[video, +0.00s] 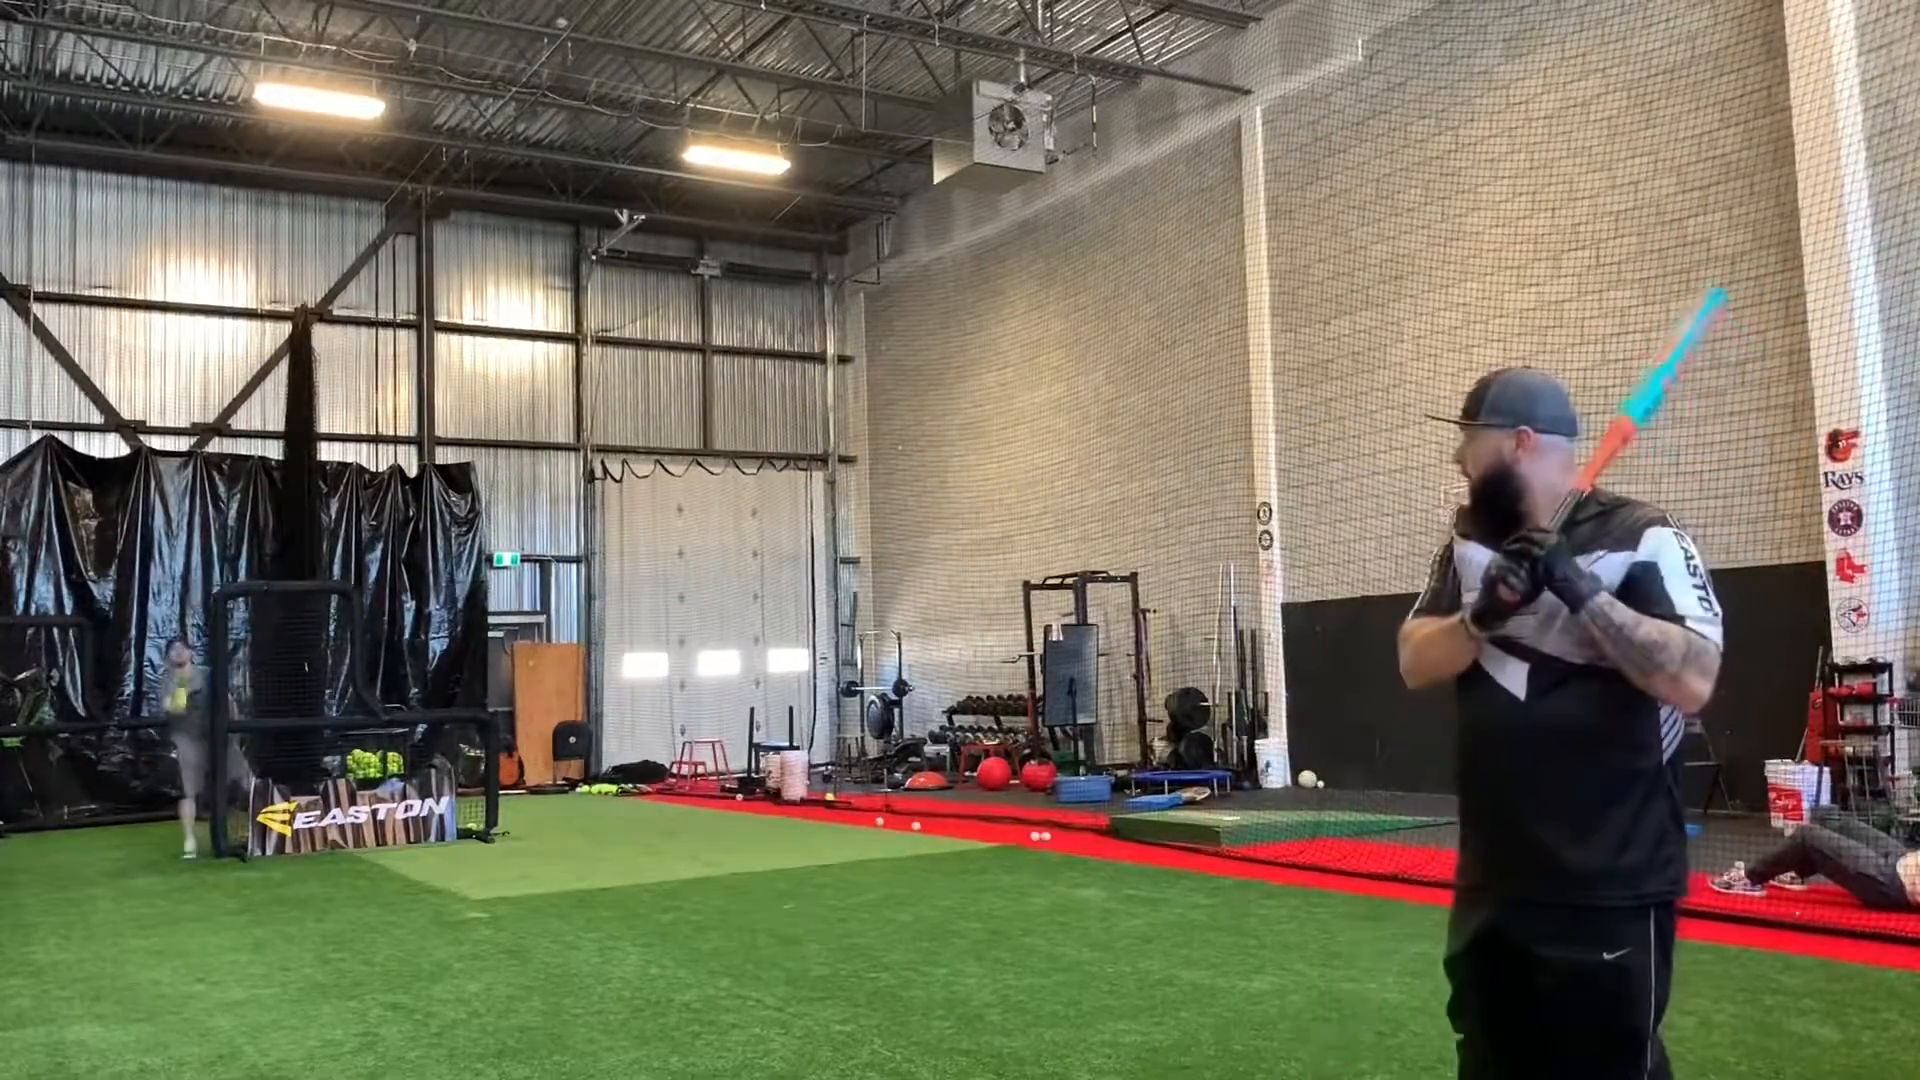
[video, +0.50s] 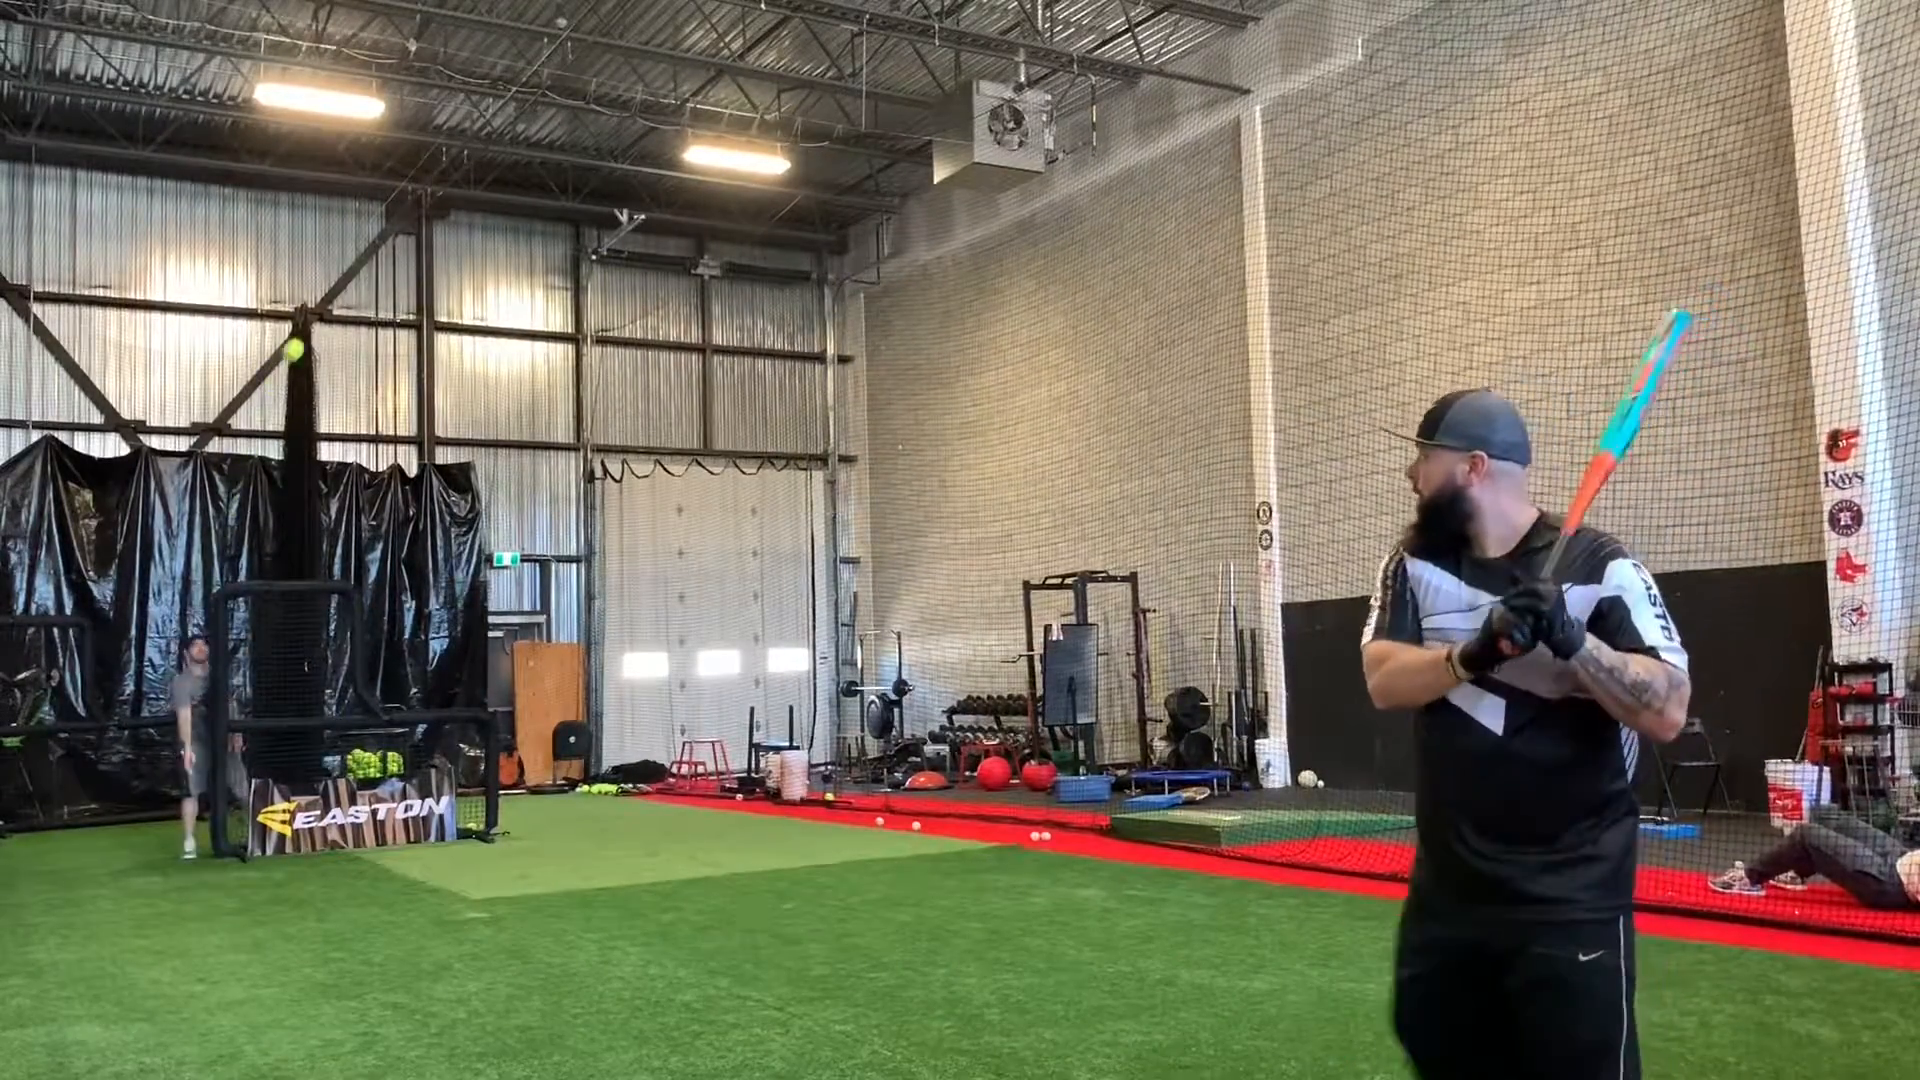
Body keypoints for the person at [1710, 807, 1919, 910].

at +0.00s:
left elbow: (1914, 893)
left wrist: (1909, 871)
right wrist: (1912, 861)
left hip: (1893, 884)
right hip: (1904, 858)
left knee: (1807, 836)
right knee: (1826, 815)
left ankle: (1750, 877)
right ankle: (1800, 873)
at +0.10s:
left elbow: (1913, 892)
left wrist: (1909, 872)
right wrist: (1912, 863)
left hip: (1893, 883)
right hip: (1905, 858)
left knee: (1806, 837)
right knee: (1825, 815)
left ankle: (1749, 877)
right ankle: (1799, 873)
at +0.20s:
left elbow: (1914, 891)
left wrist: (1911, 870)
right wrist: (1912, 864)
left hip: (1893, 883)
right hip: (1905, 858)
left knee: (1807, 836)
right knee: (1825, 815)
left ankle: (1749, 877)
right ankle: (1798, 873)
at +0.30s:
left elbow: (1914, 890)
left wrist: (1910, 867)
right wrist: (1912, 863)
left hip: (1892, 884)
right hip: (1903, 858)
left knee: (1806, 836)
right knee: (1824, 814)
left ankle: (1749, 877)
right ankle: (1798, 873)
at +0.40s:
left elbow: (1913, 889)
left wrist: (1910, 866)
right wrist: (1912, 863)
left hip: (1890, 884)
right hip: (1902, 858)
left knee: (1806, 835)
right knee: (1824, 814)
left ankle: (1749, 877)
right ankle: (1798, 873)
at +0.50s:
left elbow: (1913, 889)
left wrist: (1910, 865)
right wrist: (1912, 862)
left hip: (1891, 884)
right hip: (1903, 858)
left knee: (1806, 836)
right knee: (1824, 814)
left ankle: (1749, 877)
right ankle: (1798, 873)